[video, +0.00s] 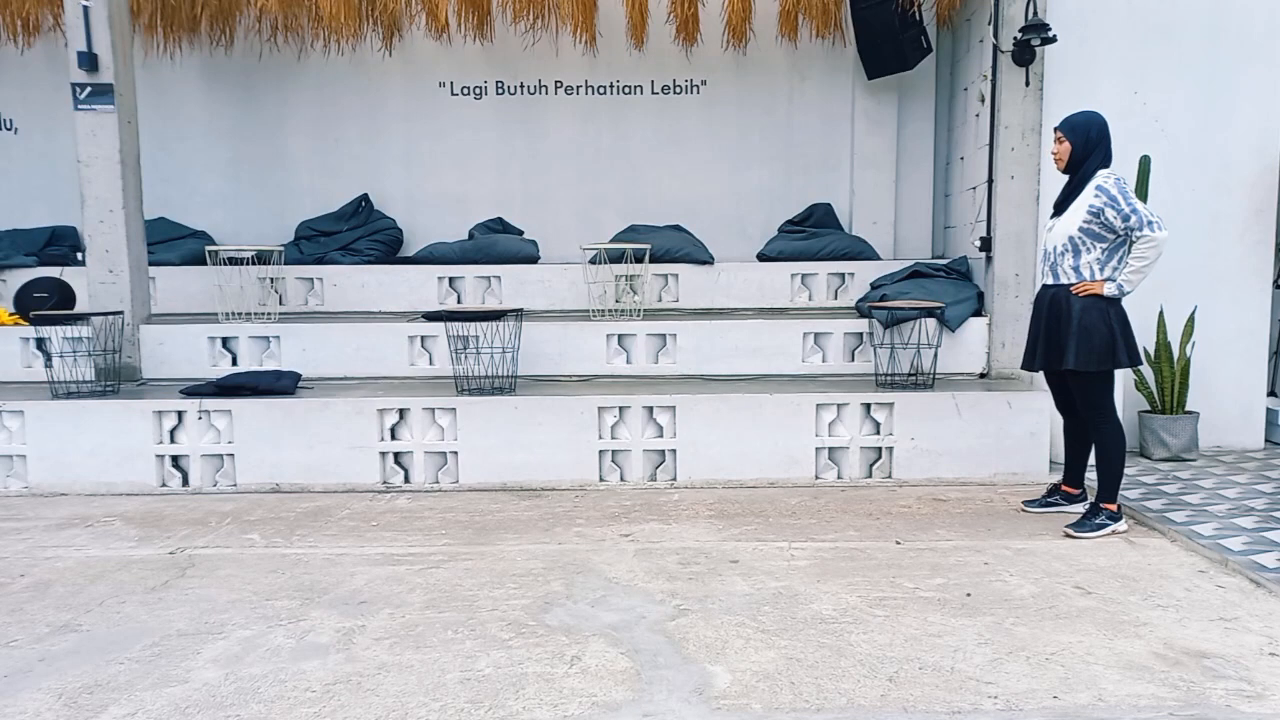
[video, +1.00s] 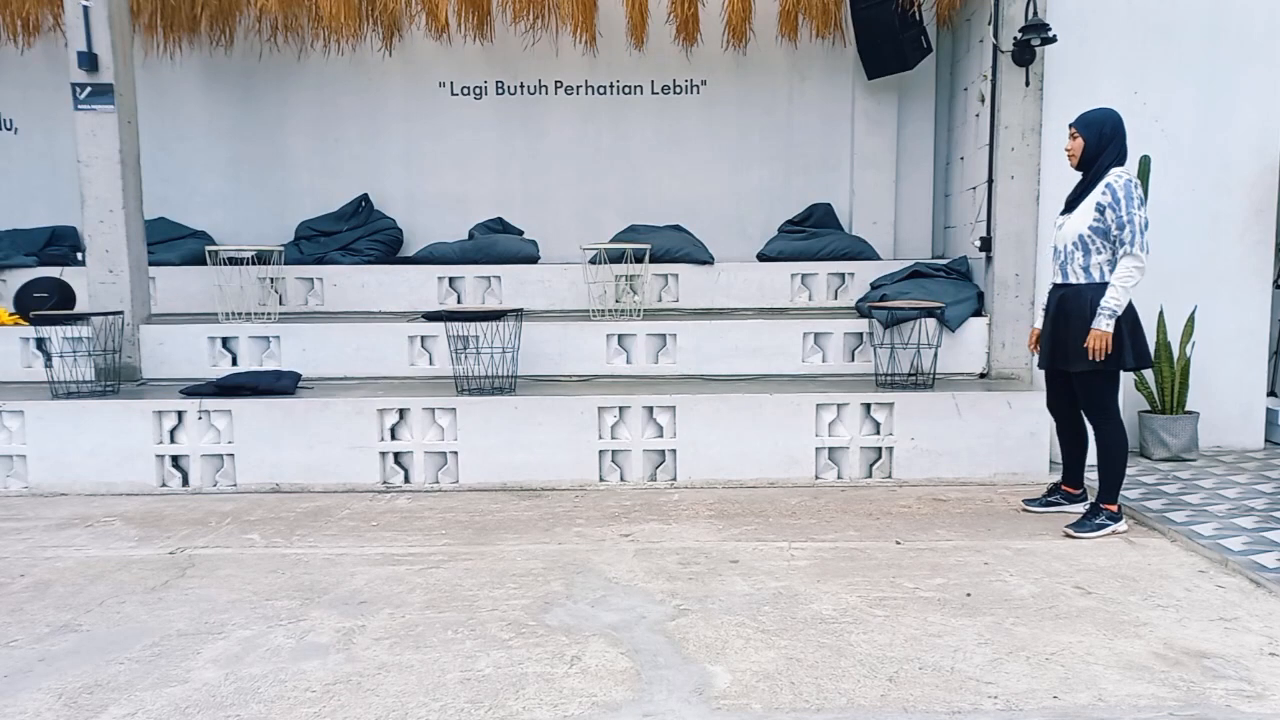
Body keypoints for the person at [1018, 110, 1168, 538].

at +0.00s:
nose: (1053, 149)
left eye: (1060, 141)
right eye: (1054, 141)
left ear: (1084, 144)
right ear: (1072, 145)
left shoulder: (1105, 184)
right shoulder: (1072, 189)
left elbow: (1151, 234)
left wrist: (1117, 285)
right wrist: (1051, 285)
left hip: (1088, 312)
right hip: (1055, 310)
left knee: (1099, 410)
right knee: (1070, 407)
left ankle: (1108, 507)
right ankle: (1070, 489)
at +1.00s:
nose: (1067, 145)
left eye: (1074, 137)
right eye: (1068, 137)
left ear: (1097, 140)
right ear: (1088, 142)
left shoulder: (1120, 184)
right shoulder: (1082, 191)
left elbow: (1134, 259)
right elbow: (1064, 268)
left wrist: (1105, 319)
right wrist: (1043, 319)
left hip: (1094, 310)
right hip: (1061, 310)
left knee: (1101, 408)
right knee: (1062, 403)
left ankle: (1109, 507)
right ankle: (1071, 488)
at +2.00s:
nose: (1038, 155)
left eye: (1044, 148)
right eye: (1038, 148)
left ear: (1066, 150)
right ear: (1058, 152)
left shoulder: (1085, 186)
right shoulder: (1059, 193)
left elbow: (1128, 229)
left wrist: (1085, 267)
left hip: (1063, 307)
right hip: (1043, 307)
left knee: (1038, 401)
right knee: (1063, 402)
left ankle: (1029, 500)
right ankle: (1072, 489)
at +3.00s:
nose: (1024, 163)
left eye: (1030, 155)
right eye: (1024, 156)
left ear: (1052, 154)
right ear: (1043, 156)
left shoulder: (1071, 186)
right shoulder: (1050, 193)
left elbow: (1103, 233)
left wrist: (1060, 283)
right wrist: (1035, 283)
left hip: (1052, 311)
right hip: (1041, 309)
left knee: (1037, 406)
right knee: (1063, 404)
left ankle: (1024, 500)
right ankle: (1072, 488)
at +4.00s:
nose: (960, 169)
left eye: (965, 160)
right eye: (960, 160)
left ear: (987, 160)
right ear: (983, 160)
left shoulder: (1011, 198)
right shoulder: (983, 204)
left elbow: (1041, 263)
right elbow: (958, 265)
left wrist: (1071, 321)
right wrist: (927, 300)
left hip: (982, 308)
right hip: (967, 308)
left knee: (959, 402)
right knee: (1006, 402)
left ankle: (940, 490)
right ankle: (1060, 479)